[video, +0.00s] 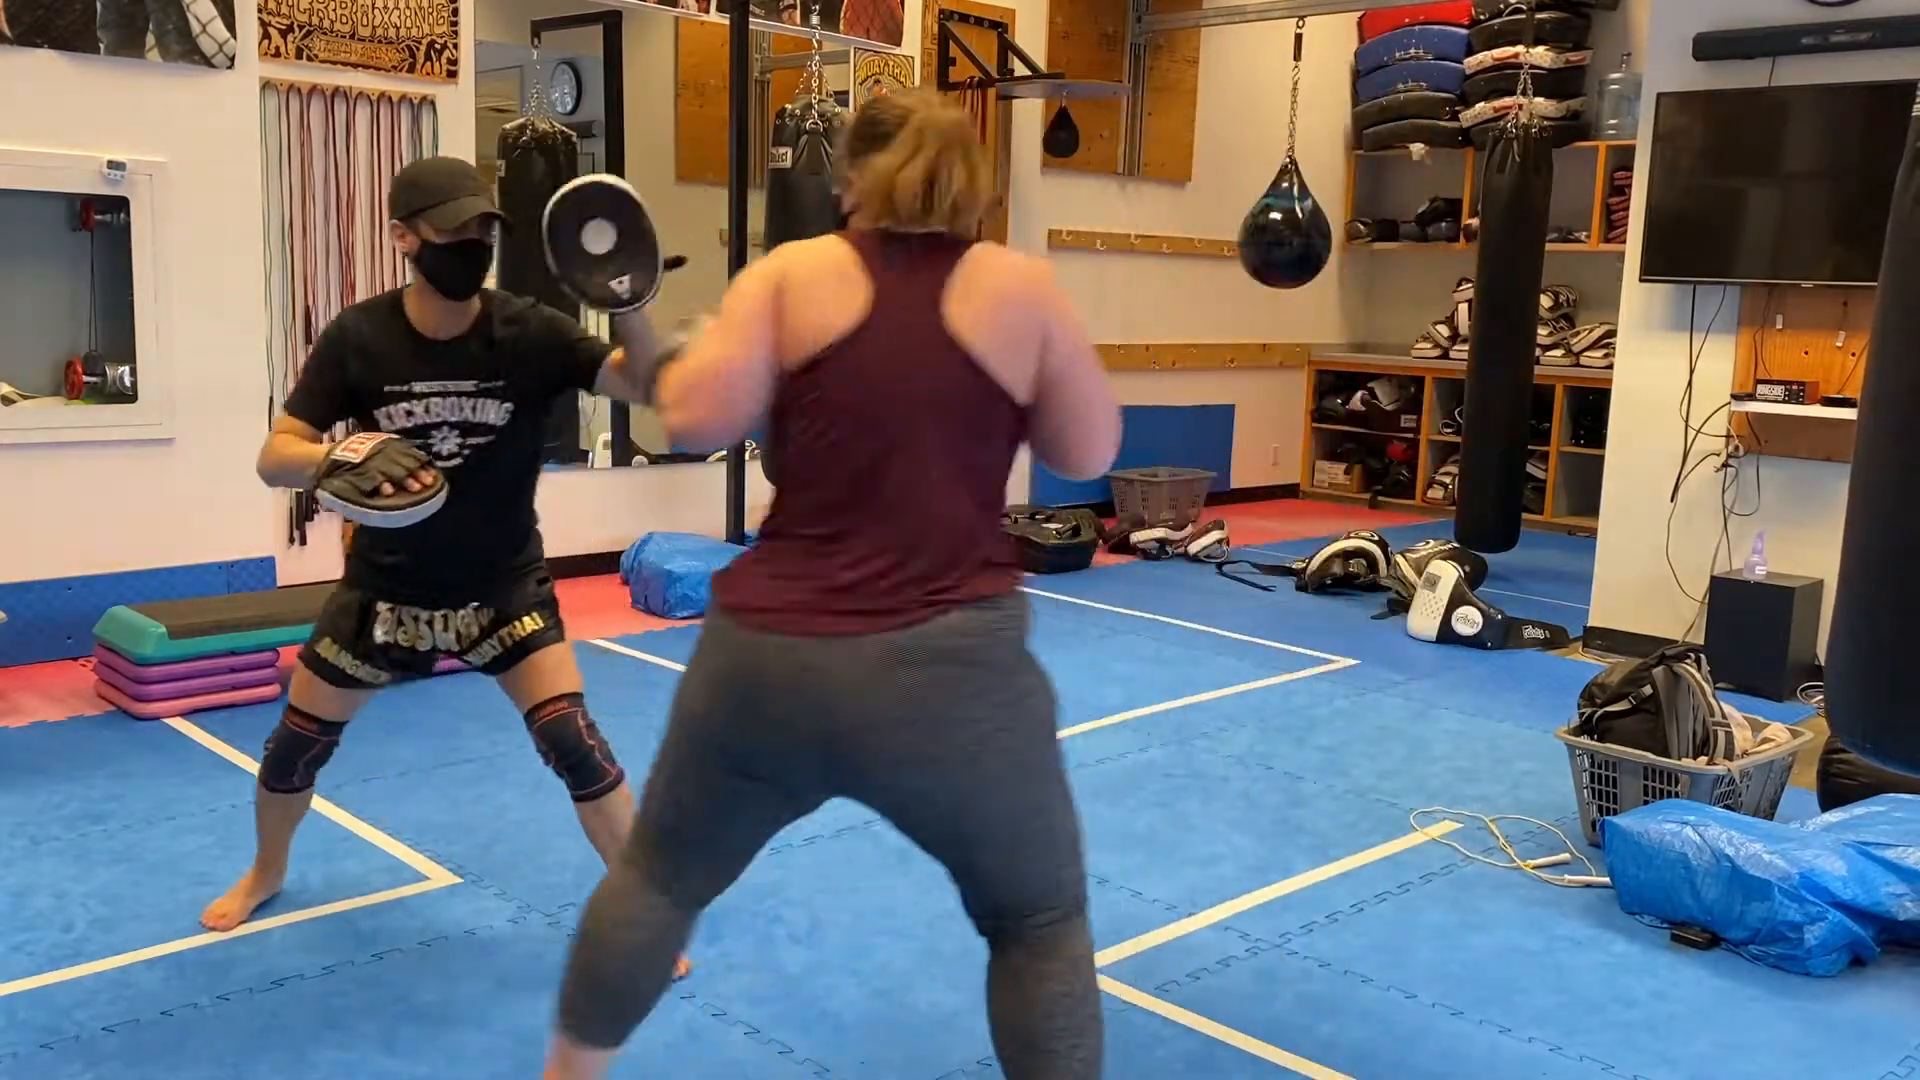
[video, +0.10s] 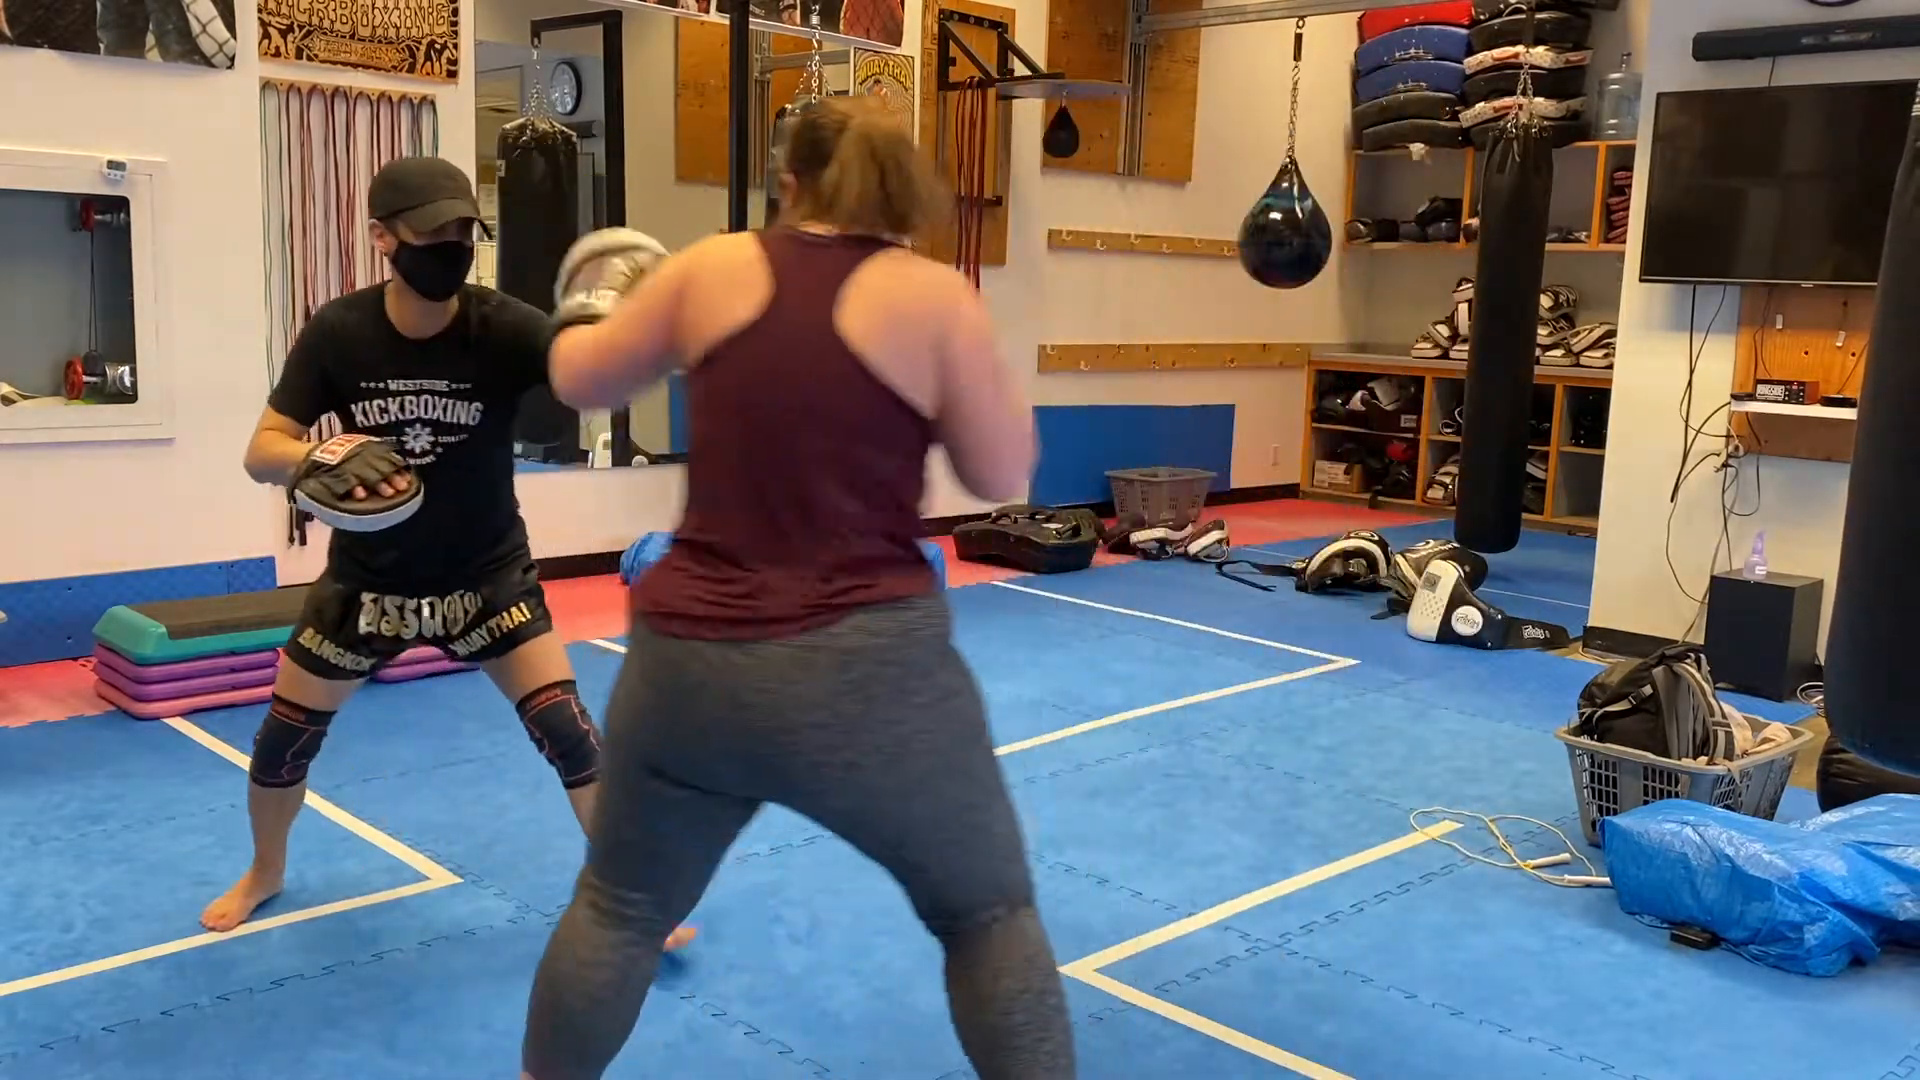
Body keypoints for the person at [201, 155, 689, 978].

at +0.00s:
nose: (475, 245)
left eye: (483, 228)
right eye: (454, 232)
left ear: (495, 228)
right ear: (405, 235)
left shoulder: (532, 335)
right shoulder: (358, 338)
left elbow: (642, 383)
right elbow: (277, 456)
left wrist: (628, 300)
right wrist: (337, 452)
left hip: (503, 581)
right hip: (383, 585)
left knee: (572, 743)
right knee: (293, 750)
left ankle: (653, 911)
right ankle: (267, 874)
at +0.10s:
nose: (453, 253)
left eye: (463, 236)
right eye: (432, 240)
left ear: (476, 234)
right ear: (384, 238)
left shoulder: (506, 330)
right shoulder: (338, 330)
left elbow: (599, 373)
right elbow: (264, 450)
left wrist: (629, 323)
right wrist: (313, 457)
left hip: (485, 568)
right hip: (366, 573)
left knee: (566, 732)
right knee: (280, 744)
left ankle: (639, 899)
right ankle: (265, 872)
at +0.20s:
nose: (449, 259)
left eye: (460, 241)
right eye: (429, 246)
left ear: (473, 235)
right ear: (381, 243)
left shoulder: (501, 333)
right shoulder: (336, 334)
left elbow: (608, 394)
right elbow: (273, 454)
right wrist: (330, 464)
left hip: (486, 560)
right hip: (371, 570)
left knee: (575, 728)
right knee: (285, 742)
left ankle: (639, 883)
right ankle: (266, 872)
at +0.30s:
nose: (471, 278)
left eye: (482, 261)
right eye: (451, 264)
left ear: (499, 261)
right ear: (410, 264)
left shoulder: (528, 350)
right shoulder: (364, 355)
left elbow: (613, 402)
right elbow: (296, 462)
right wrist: (364, 486)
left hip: (505, 574)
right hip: (385, 585)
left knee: (595, 721)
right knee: (293, 752)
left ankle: (660, 871)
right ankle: (263, 871)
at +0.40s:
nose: (531, 297)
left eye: (541, 279)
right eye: (511, 283)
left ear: (560, 274)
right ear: (481, 284)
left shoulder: (585, 357)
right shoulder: (432, 362)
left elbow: (630, 461)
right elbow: (352, 454)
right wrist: (404, 506)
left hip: (560, 584)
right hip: (441, 586)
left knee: (623, 731)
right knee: (335, 745)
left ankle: (669, 874)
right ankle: (264, 870)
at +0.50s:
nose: (577, 276)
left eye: (592, 257)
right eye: (562, 258)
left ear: (611, 258)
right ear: (532, 259)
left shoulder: (643, 342)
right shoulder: (501, 338)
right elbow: (438, 419)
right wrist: (455, 483)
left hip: (614, 566)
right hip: (514, 558)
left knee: (649, 716)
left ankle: (673, 872)